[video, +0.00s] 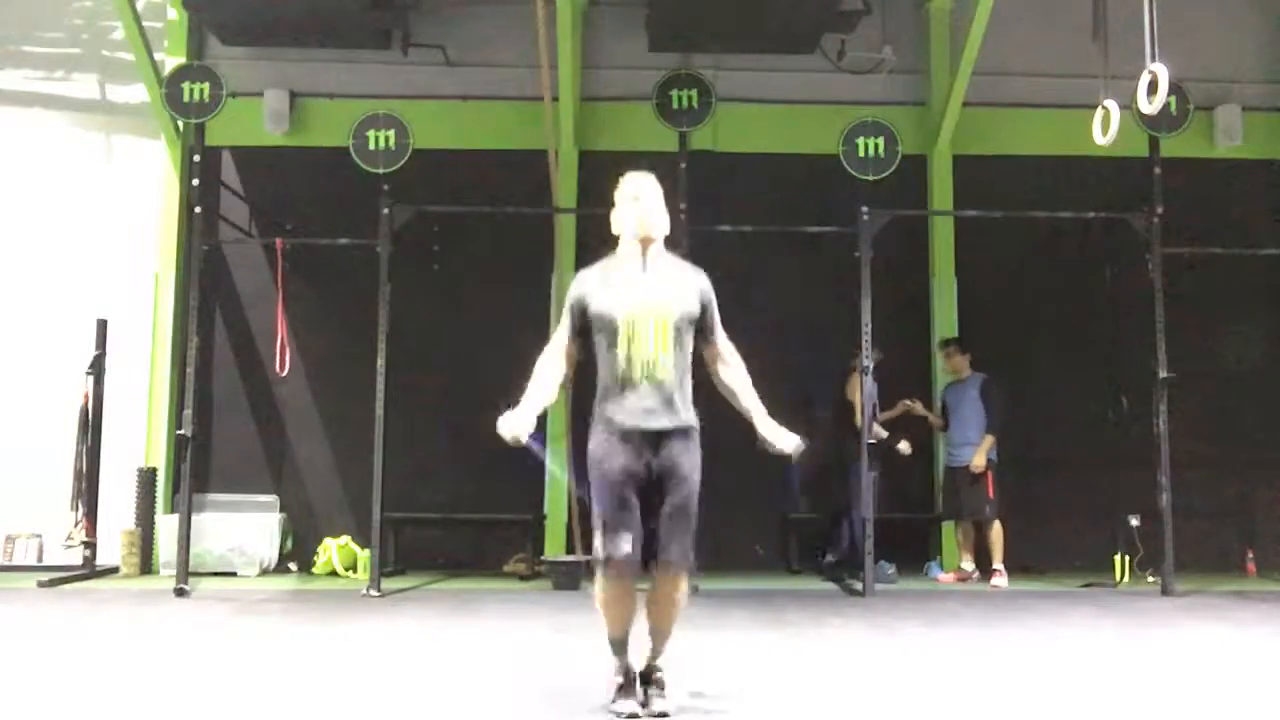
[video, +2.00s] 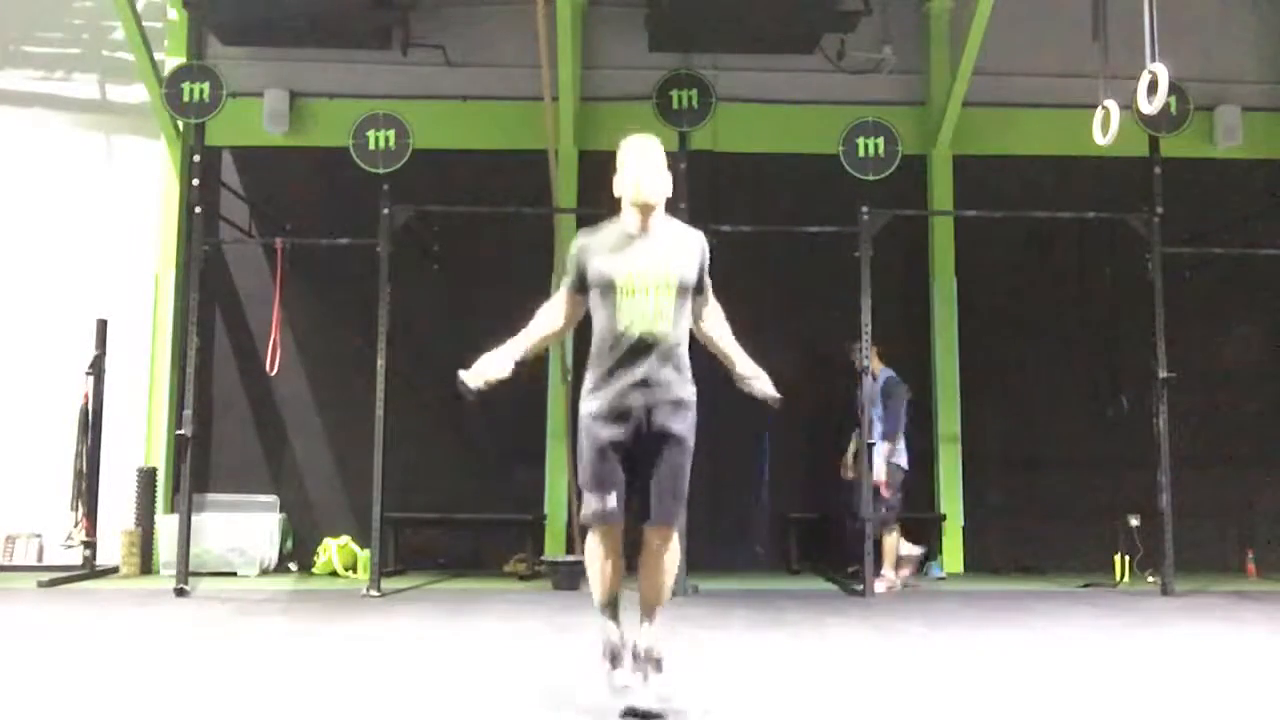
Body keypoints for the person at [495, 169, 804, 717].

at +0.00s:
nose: (644, 210)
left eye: (652, 201)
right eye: (633, 201)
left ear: (667, 214)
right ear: (615, 215)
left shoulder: (693, 281)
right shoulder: (589, 284)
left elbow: (723, 359)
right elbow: (559, 354)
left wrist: (765, 423)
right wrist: (527, 408)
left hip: (677, 434)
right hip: (614, 433)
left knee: (674, 560)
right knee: (618, 554)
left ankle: (654, 669)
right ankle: (621, 669)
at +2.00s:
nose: (645, 177)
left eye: (653, 168)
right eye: (635, 168)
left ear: (668, 178)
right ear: (618, 179)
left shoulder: (692, 244)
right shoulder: (589, 245)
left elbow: (705, 312)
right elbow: (563, 311)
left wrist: (745, 368)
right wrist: (505, 355)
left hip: (672, 399)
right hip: (605, 399)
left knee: (664, 524)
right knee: (603, 517)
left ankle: (649, 636)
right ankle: (608, 626)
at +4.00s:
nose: (644, 162)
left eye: (652, 154)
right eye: (634, 154)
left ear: (666, 167)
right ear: (617, 167)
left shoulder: (693, 231)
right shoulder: (591, 234)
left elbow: (725, 303)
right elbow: (561, 308)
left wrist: (771, 356)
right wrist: (517, 351)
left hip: (677, 370)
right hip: (616, 370)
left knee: (672, 486)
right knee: (617, 481)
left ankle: (656, 594)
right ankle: (614, 592)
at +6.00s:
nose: (649, 224)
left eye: (657, 216)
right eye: (639, 216)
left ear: (671, 226)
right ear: (621, 227)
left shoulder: (693, 288)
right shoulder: (594, 290)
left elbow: (724, 357)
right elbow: (562, 359)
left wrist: (779, 388)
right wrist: (507, 369)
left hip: (678, 432)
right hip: (616, 430)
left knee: (673, 548)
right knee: (624, 546)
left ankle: (661, 657)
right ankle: (620, 655)